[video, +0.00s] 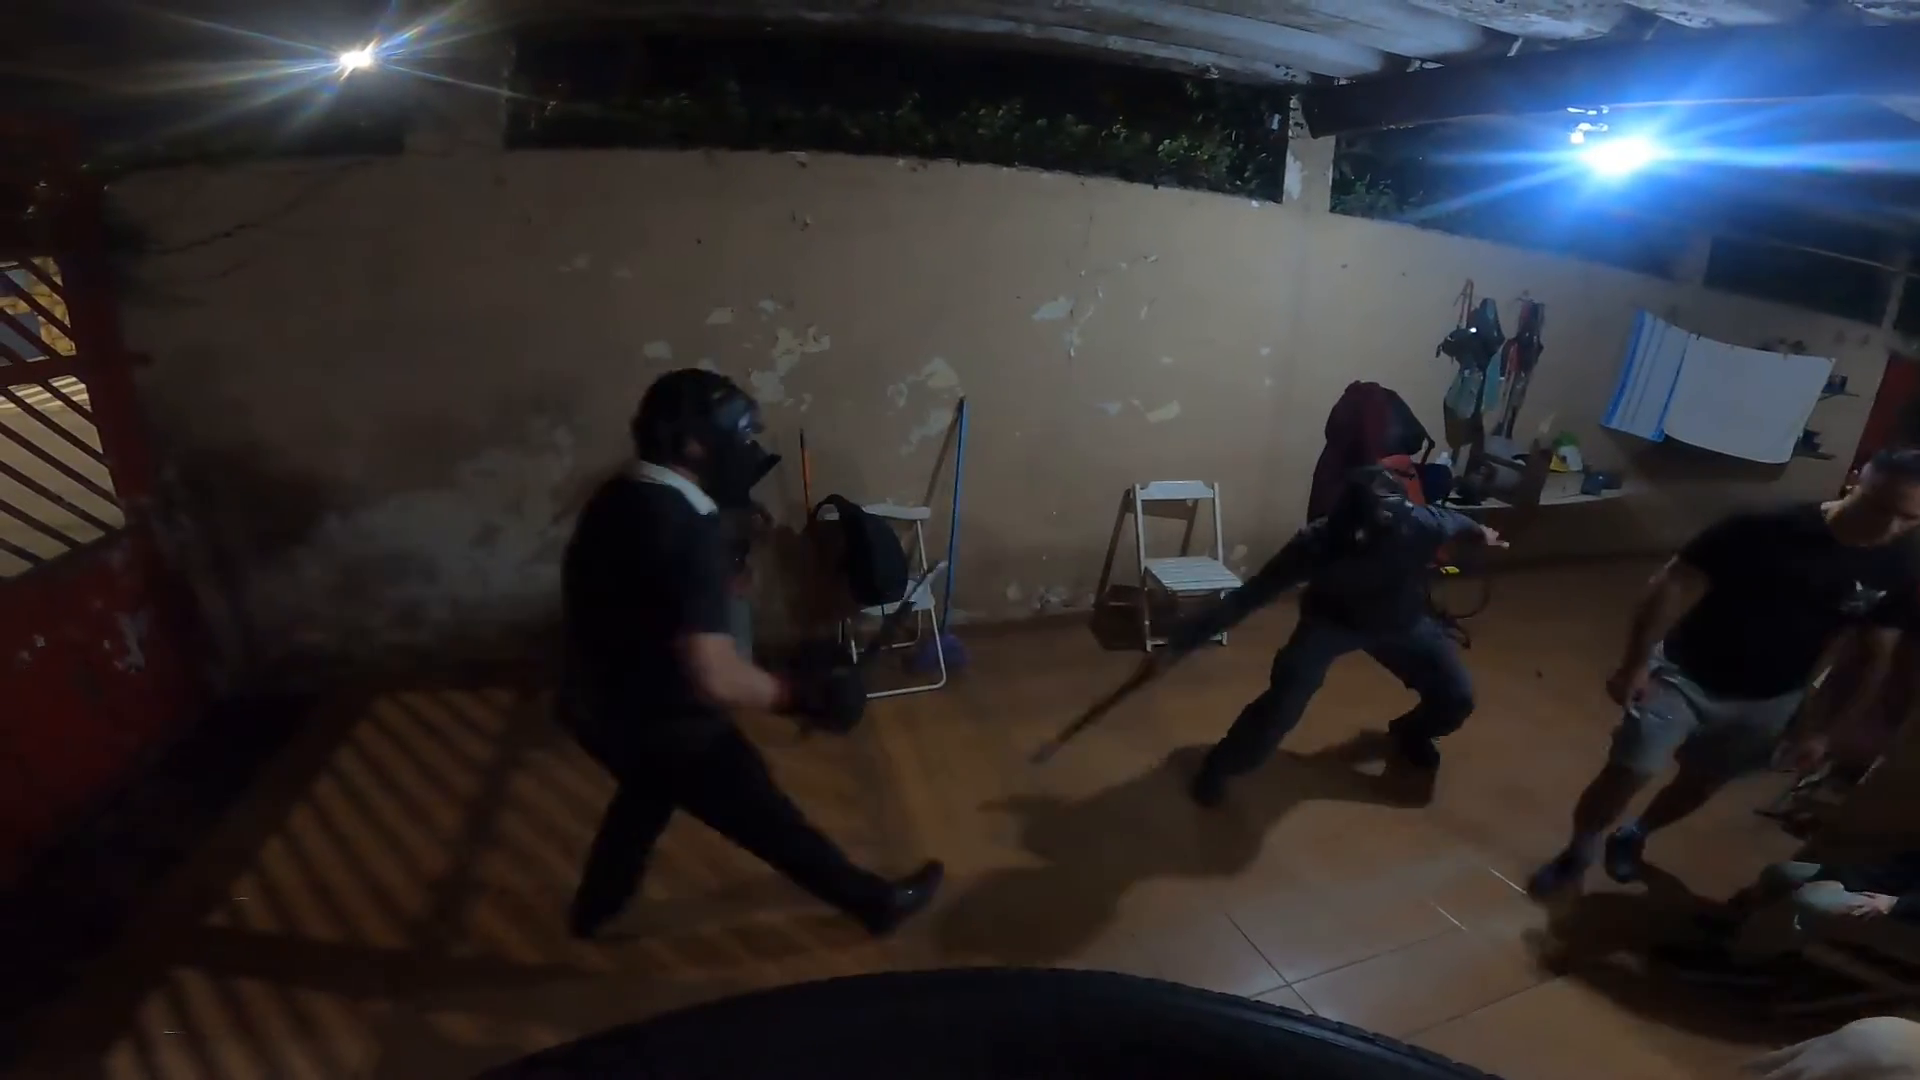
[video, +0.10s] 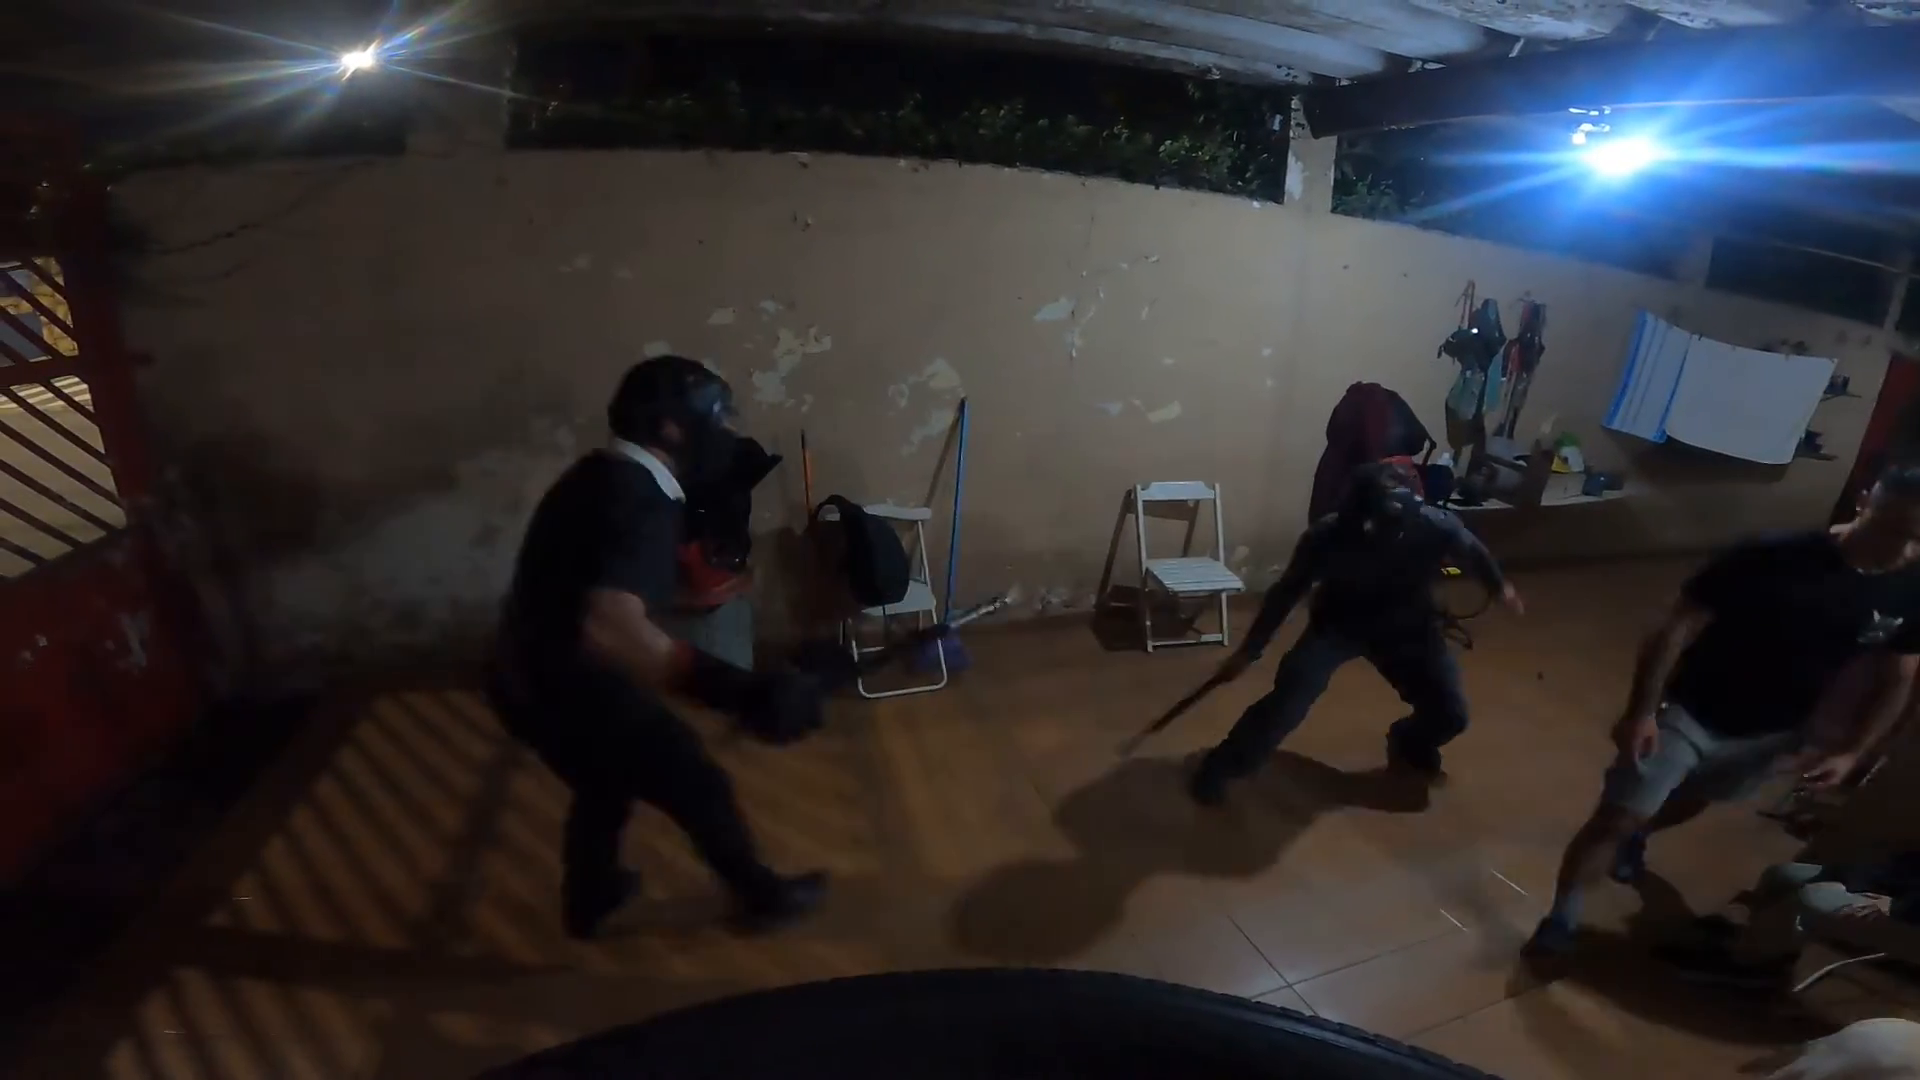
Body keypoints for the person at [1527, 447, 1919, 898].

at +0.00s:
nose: (1892, 527)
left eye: (1906, 519)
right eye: (1886, 509)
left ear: (1915, 522)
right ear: (1855, 487)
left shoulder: (1892, 574)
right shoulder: (1768, 530)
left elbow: (1874, 658)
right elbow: (1672, 584)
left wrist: (1824, 731)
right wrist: (1633, 663)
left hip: (1765, 704)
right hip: (1684, 678)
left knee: (1698, 785)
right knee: (1630, 771)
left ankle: (1633, 837)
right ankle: (1575, 857)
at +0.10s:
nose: (1906, 551)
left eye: (1916, 539)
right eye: (1900, 531)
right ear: (1867, 503)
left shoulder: (1901, 597)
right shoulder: (1773, 558)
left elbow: (1900, 680)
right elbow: (1676, 626)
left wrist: (1853, 754)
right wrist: (1642, 711)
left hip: (1768, 736)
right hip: (1688, 714)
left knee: (1693, 801)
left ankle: (1633, 836)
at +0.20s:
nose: (1907, 565)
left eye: (1919, 556)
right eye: (1901, 545)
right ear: (1875, 522)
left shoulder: (1904, 623)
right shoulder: (1775, 584)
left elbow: (1907, 713)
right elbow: (1687, 662)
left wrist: (1868, 783)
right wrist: (1647, 763)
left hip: (1766, 776)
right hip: (1685, 753)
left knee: (1694, 834)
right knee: (1621, 861)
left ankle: (1630, 852)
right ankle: (1563, 948)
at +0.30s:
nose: (1918, 568)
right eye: (1914, 548)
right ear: (1886, 529)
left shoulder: (1906, 633)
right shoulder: (1780, 592)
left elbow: (1908, 728)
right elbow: (1688, 677)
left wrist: (1868, 804)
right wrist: (1655, 779)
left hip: (1770, 791)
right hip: (1682, 763)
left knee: (1687, 870)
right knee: (1612, 877)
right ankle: (1561, 950)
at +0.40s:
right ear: (1911, 548)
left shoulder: (1911, 642)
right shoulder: (1810, 591)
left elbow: (1908, 732)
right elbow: (1697, 682)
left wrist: (1877, 810)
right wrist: (1681, 792)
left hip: (1781, 803)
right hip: (1684, 762)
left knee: (1716, 909)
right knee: (1595, 872)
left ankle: (1621, 908)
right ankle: (1559, 950)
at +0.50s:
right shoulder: (1828, 596)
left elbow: (1910, 739)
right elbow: (1697, 689)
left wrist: (1890, 813)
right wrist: (1691, 805)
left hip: (1791, 821)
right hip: (1693, 771)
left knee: (1691, 948)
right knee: (1597, 883)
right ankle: (1567, 953)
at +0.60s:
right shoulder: (1839, 616)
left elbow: (1912, 779)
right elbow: (1680, 710)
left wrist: (1899, 844)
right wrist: (1682, 831)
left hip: (1794, 857)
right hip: (1698, 802)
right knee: (1593, 898)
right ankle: (1569, 956)